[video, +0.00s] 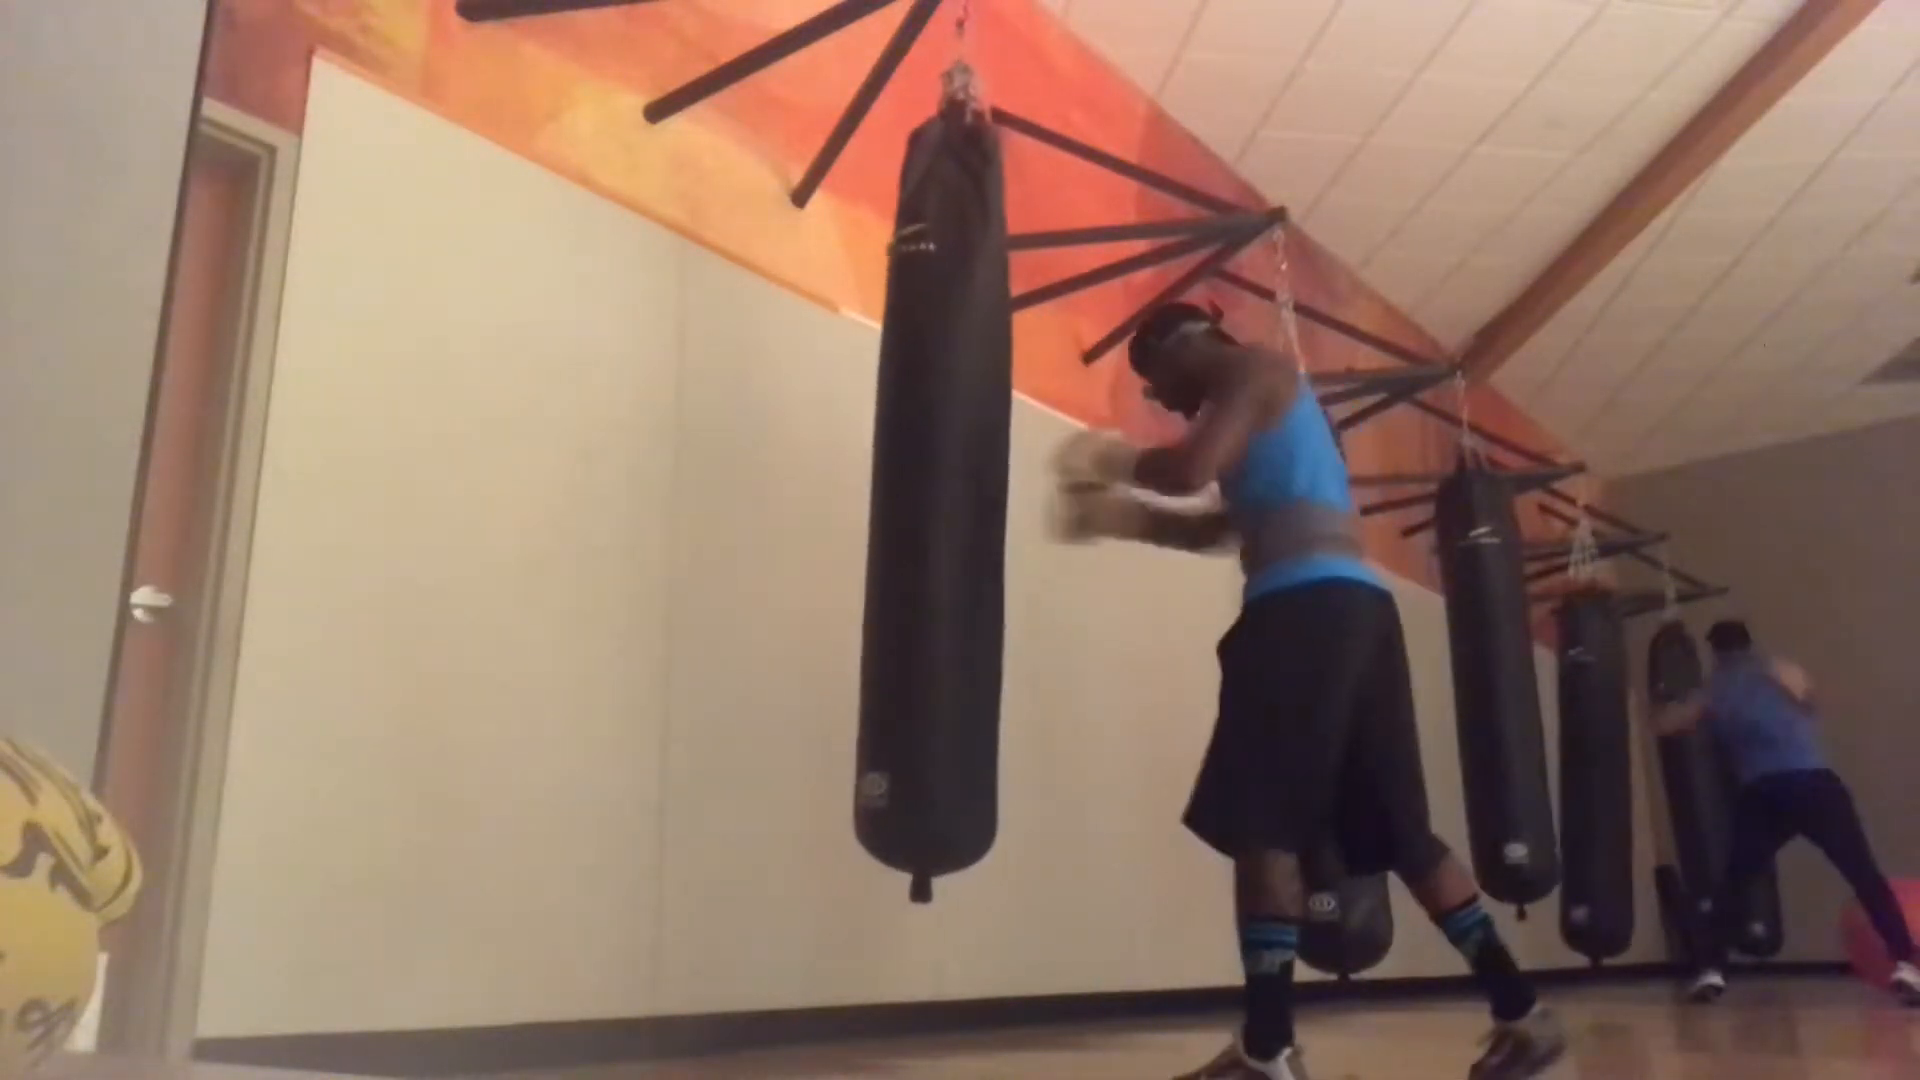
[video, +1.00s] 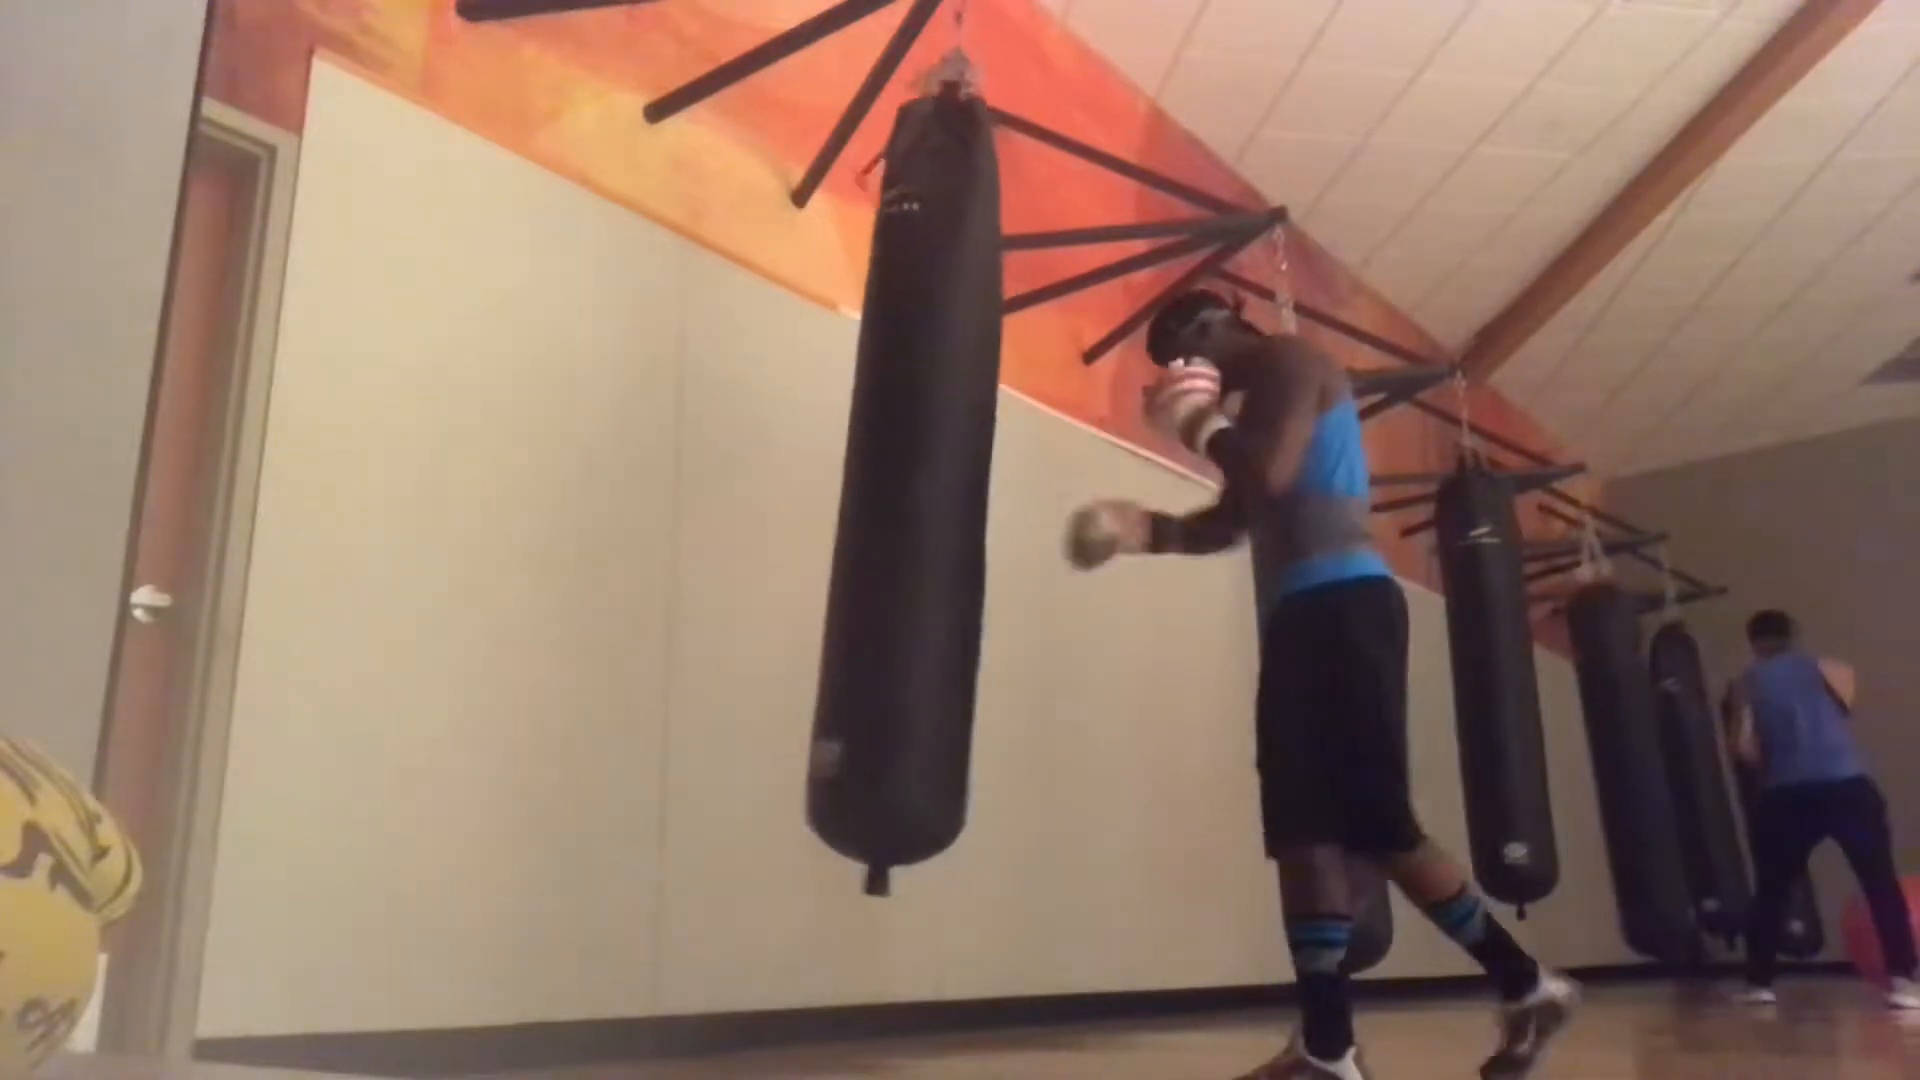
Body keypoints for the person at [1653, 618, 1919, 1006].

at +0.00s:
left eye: (1721, 650)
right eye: (1734, 645)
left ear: (1715, 652)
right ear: (1749, 643)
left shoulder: (1714, 690)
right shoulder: (1776, 668)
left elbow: (1671, 723)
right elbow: (1807, 695)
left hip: (1762, 794)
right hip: (1815, 785)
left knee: (1735, 878)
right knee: (1863, 873)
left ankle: (1712, 968)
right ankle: (1906, 960)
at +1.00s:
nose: (1761, 650)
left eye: (1756, 644)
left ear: (1754, 645)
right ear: (1793, 636)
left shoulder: (1745, 685)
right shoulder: (1827, 667)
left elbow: (1743, 748)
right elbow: (1847, 704)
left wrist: (1775, 758)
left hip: (1788, 796)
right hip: (1849, 789)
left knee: (1771, 889)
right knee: (1880, 882)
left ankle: (1760, 983)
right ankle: (1904, 978)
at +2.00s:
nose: (1794, 654)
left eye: (1791, 648)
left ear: (1792, 645)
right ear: (1832, 637)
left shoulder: (1790, 673)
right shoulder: (1866, 670)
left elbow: (1741, 709)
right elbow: (1883, 712)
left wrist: (1739, 671)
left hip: (1813, 799)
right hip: (1872, 798)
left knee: (1791, 890)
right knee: (1904, 887)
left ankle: (1775, 981)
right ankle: (1917, 975)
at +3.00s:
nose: (1727, 675)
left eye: (1726, 668)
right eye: (1726, 668)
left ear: (1731, 666)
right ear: (1765, 657)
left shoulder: (1746, 691)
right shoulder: (1795, 682)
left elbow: (1689, 713)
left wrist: (1642, 713)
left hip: (1806, 794)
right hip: (1859, 784)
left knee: (1774, 884)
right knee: (1908, 867)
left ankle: (1760, 975)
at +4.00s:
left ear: (1707, 660)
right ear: (1743, 657)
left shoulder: (1691, 699)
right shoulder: (1772, 690)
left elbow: (1680, 759)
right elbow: (1792, 743)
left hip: (1723, 806)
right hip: (1779, 799)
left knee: (1712, 887)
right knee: (1816, 882)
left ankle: (1694, 977)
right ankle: (1817, 973)